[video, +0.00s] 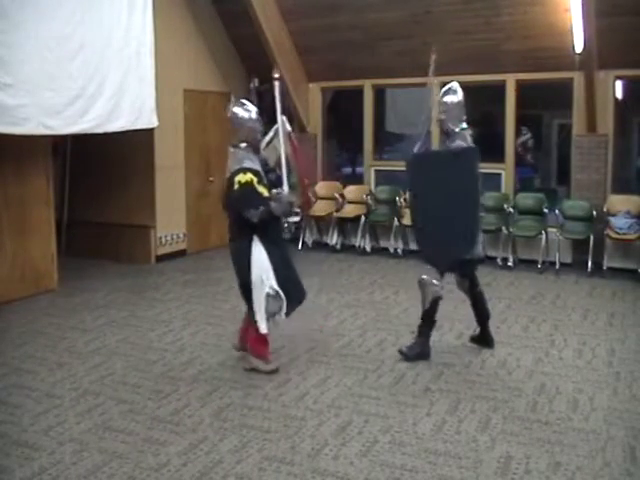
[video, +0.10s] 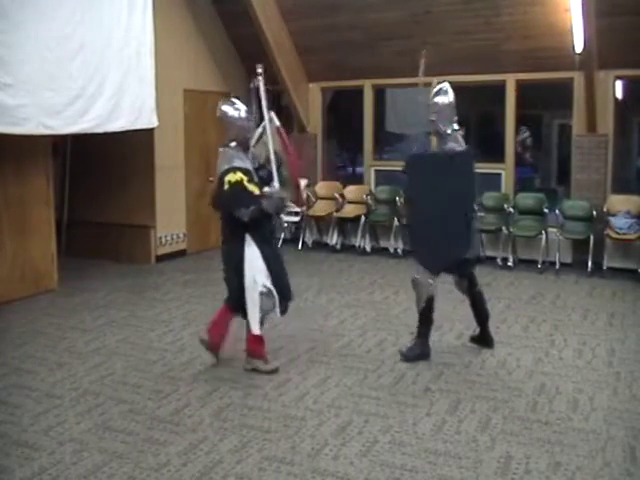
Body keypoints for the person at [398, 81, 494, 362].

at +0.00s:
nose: (443, 114)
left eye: (449, 109)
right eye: (441, 109)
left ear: (458, 113)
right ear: (438, 110)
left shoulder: (461, 142)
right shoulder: (435, 139)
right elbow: (415, 161)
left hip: (454, 220)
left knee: (432, 278)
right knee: (468, 279)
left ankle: (422, 342)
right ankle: (485, 333)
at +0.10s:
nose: (432, 115)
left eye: (438, 110)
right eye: (431, 110)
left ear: (451, 114)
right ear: (429, 112)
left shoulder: (456, 146)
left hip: (440, 224)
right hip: (455, 223)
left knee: (423, 280)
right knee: (467, 279)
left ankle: (422, 342)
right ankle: (485, 333)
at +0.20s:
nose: (427, 112)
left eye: (433, 107)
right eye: (424, 107)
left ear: (444, 110)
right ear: (420, 109)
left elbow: (463, 192)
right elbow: (404, 194)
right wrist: (404, 232)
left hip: (440, 225)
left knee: (417, 280)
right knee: (454, 278)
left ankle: (421, 342)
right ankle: (479, 327)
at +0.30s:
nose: (418, 111)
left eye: (423, 105)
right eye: (416, 105)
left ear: (434, 107)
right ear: (413, 108)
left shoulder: (436, 144)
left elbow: (451, 193)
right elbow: (399, 194)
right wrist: (399, 229)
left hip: (430, 223)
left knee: (415, 278)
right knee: (434, 274)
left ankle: (421, 342)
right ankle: (466, 319)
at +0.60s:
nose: (390, 110)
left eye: (395, 104)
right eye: (389, 104)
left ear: (406, 106)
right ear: (387, 107)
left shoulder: (415, 139)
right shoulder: (396, 138)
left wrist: (375, 171)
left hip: (417, 222)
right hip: (398, 221)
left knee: (410, 279)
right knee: (383, 275)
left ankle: (421, 343)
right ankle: (383, 336)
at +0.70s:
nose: (381, 112)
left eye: (385, 107)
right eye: (382, 107)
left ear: (392, 110)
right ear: (391, 110)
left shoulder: (405, 142)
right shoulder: (392, 140)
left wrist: (363, 167)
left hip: (409, 227)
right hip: (395, 225)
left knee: (407, 285)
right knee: (373, 279)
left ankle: (422, 343)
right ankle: (359, 336)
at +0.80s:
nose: (371, 116)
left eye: (375, 110)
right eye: (371, 110)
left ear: (385, 113)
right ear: (380, 113)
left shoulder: (396, 143)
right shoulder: (382, 142)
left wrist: (349, 171)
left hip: (390, 227)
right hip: (377, 226)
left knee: (399, 287)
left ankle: (420, 342)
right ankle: (352, 343)